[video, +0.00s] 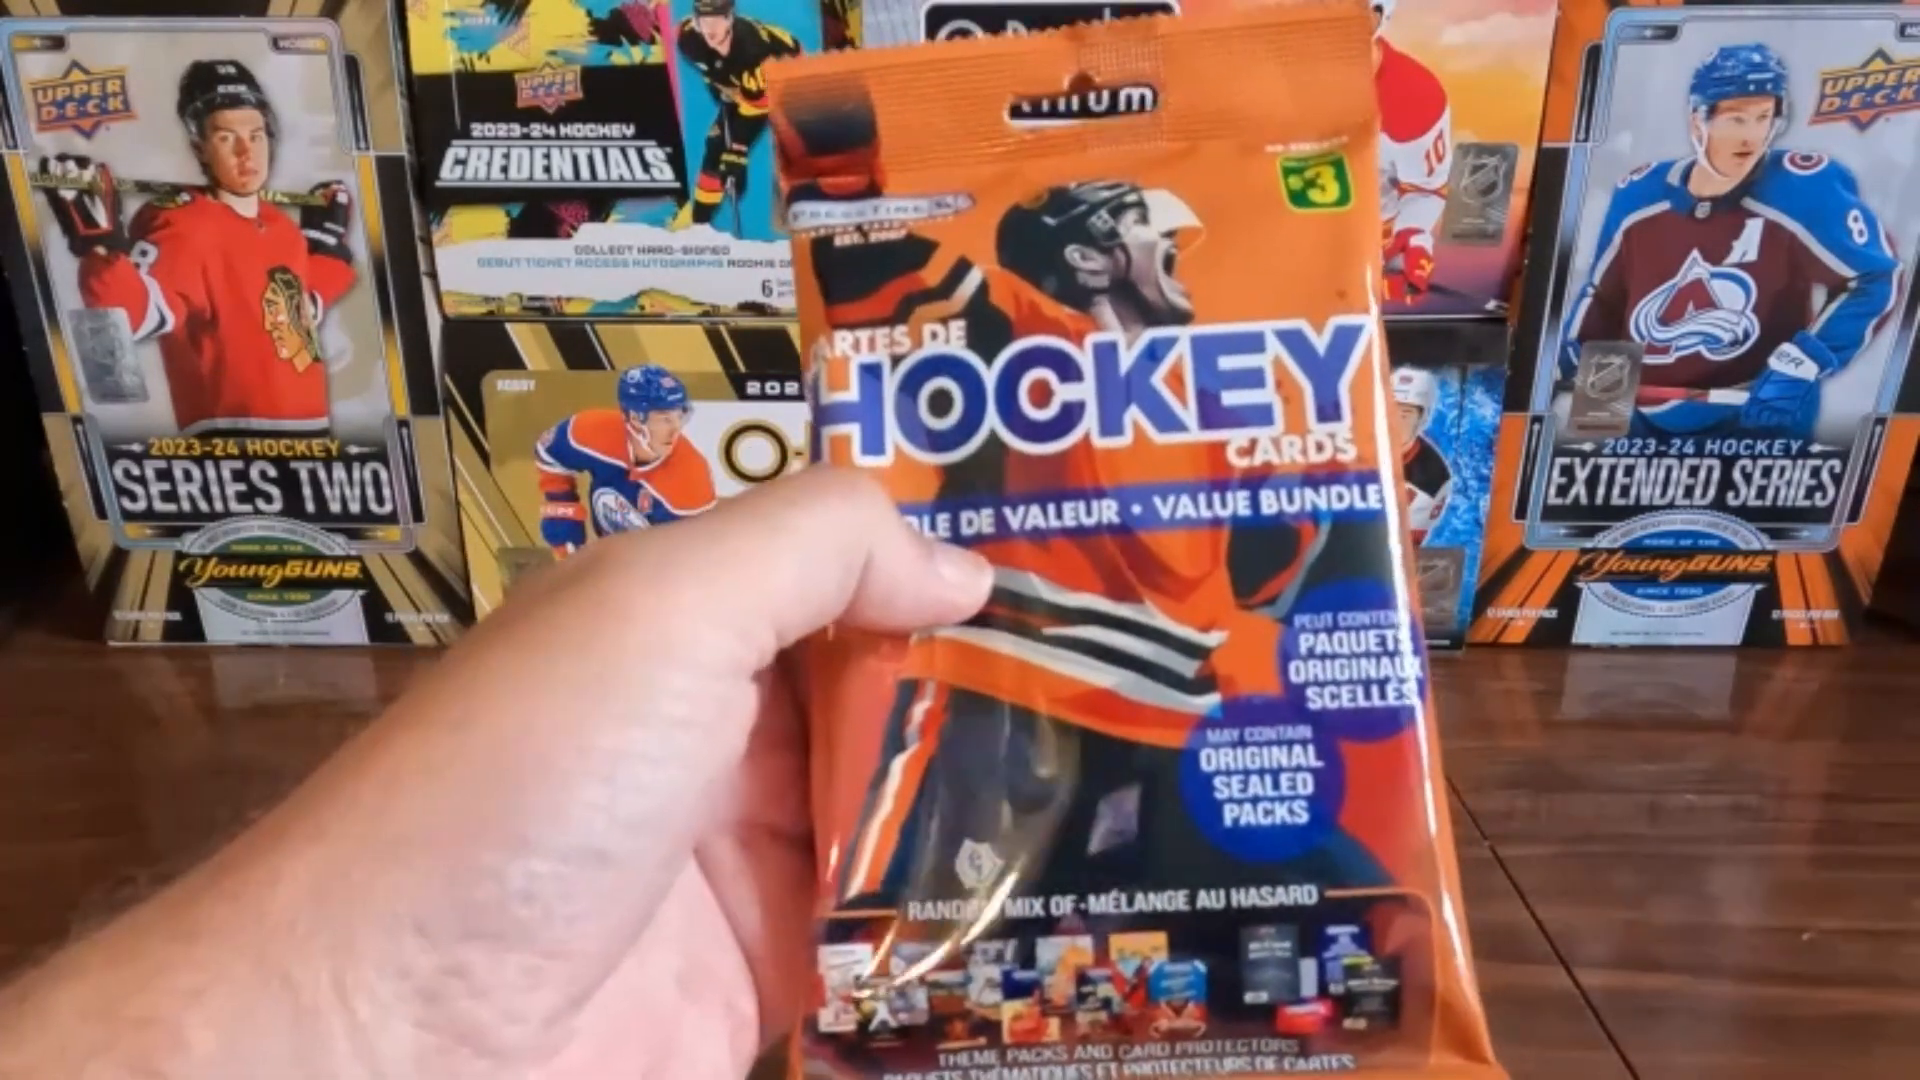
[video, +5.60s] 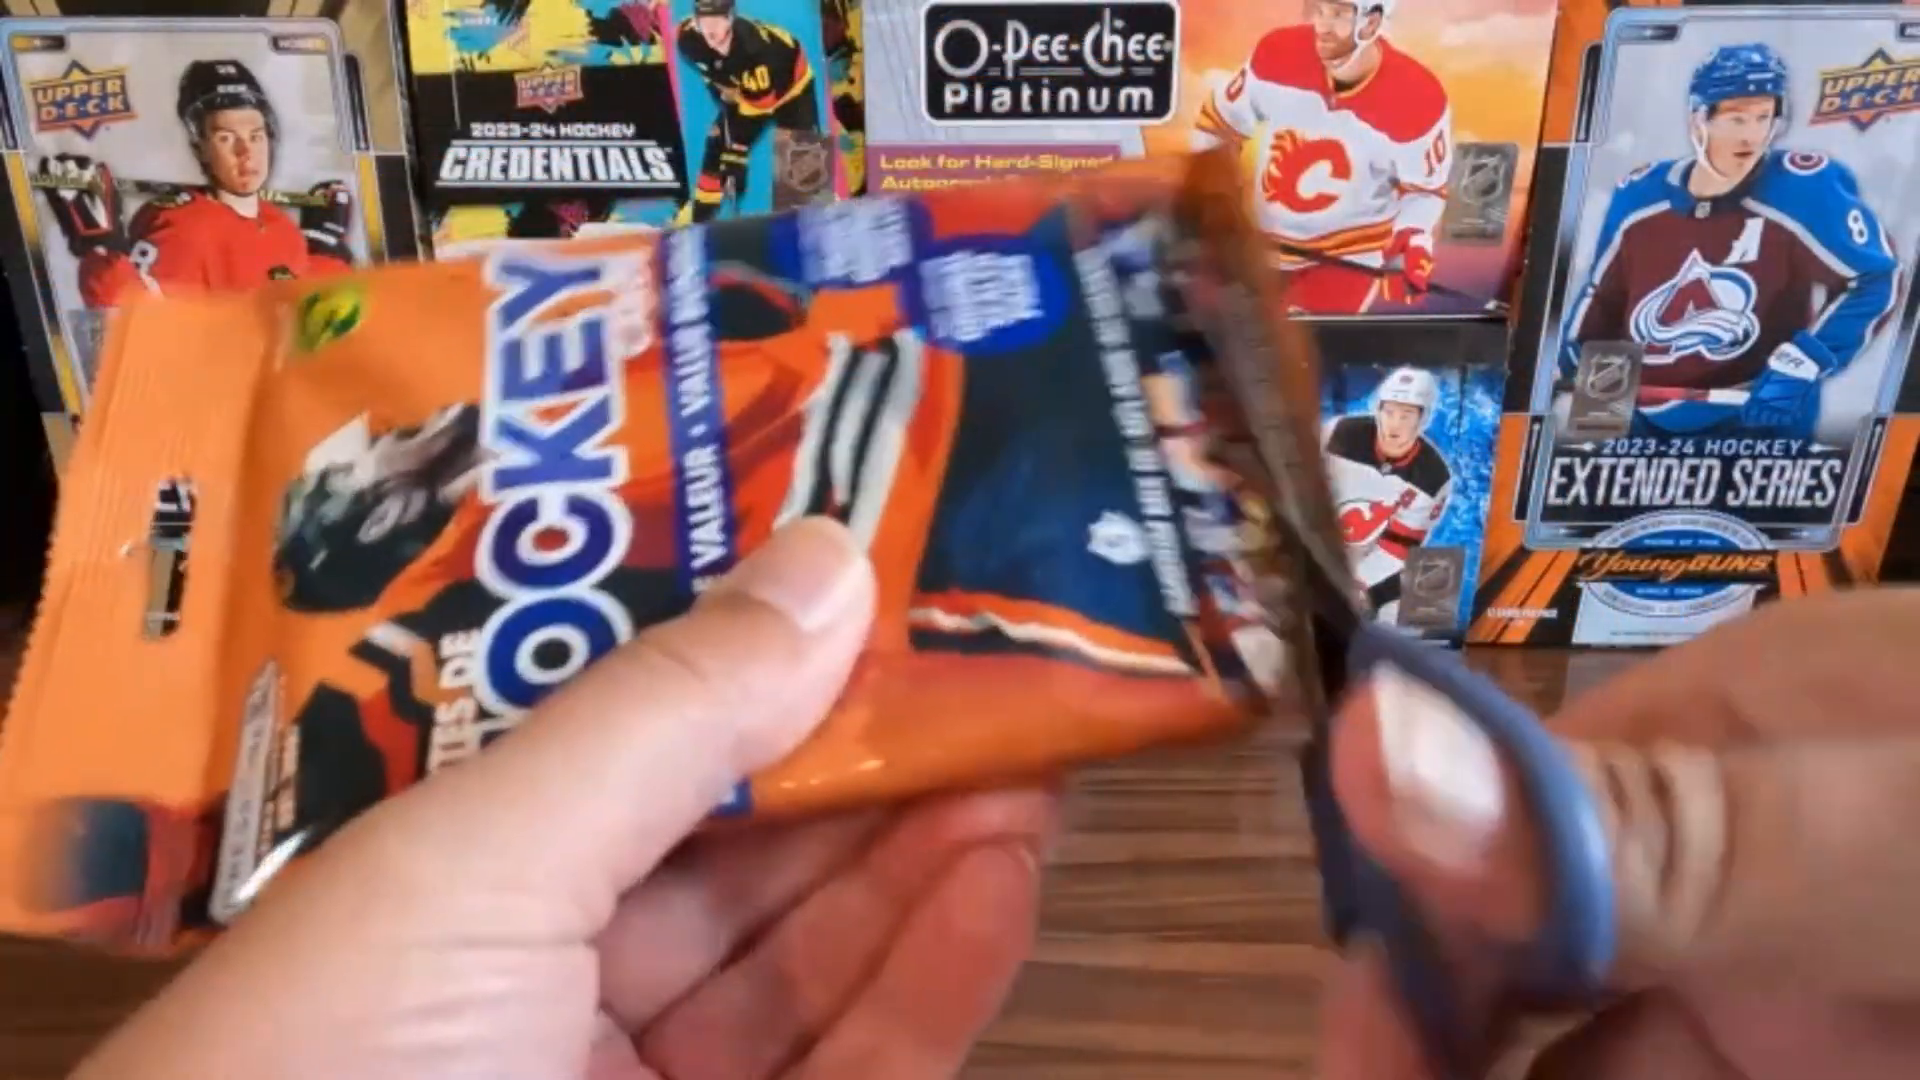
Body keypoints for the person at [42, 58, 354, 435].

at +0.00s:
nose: (247, 152)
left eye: (256, 135)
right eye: (227, 138)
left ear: (270, 140)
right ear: (201, 149)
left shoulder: (282, 228)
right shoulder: (184, 226)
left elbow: (301, 306)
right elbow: (141, 315)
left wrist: (334, 251)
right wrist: (101, 250)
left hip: (307, 432)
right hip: (230, 439)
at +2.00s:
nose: (247, 153)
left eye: (256, 135)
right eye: (228, 139)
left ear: (270, 139)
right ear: (200, 150)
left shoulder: (283, 228)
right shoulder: (184, 226)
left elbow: (302, 305)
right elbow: (141, 315)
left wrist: (335, 252)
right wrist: (100, 250)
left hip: (307, 433)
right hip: (230, 440)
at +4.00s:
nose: (246, 150)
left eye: (256, 134)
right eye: (227, 138)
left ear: (270, 139)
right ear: (200, 147)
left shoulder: (280, 225)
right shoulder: (183, 226)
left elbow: (301, 308)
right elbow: (139, 315)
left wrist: (333, 250)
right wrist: (99, 246)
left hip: (308, 424)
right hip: (232, 435)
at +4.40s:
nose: (246, 153)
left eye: (256, 136)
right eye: (226, 138)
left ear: (271, 141)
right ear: (200, 148)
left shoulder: (284, 226)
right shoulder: (183, 227)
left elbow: (316, 318)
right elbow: (139, 319)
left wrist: (330, 244)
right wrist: (101, 248)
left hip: (300, 417)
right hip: (217, 421)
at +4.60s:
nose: (246, 154)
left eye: (255, 135)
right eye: (227, 139)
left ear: (269, 138)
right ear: (200, 148)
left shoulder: (296, 215)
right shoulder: (177, 224)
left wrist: (333, 216)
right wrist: (100, 244)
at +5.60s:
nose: (247, 153)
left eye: (256, 136)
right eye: (228, 139)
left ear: (270, 141)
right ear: (201, 150)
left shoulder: (284, 229)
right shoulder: (179, 228)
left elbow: (312, 318)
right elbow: (153, 334)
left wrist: (331, 252)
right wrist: (102, 254)